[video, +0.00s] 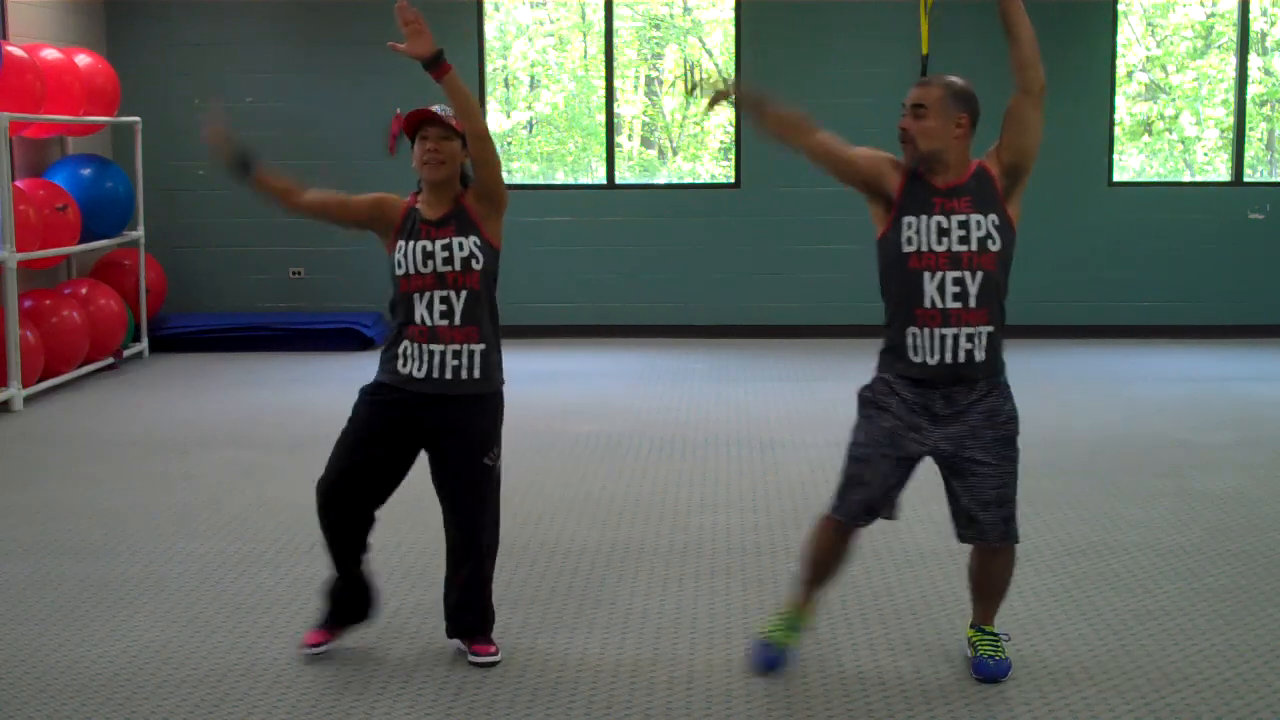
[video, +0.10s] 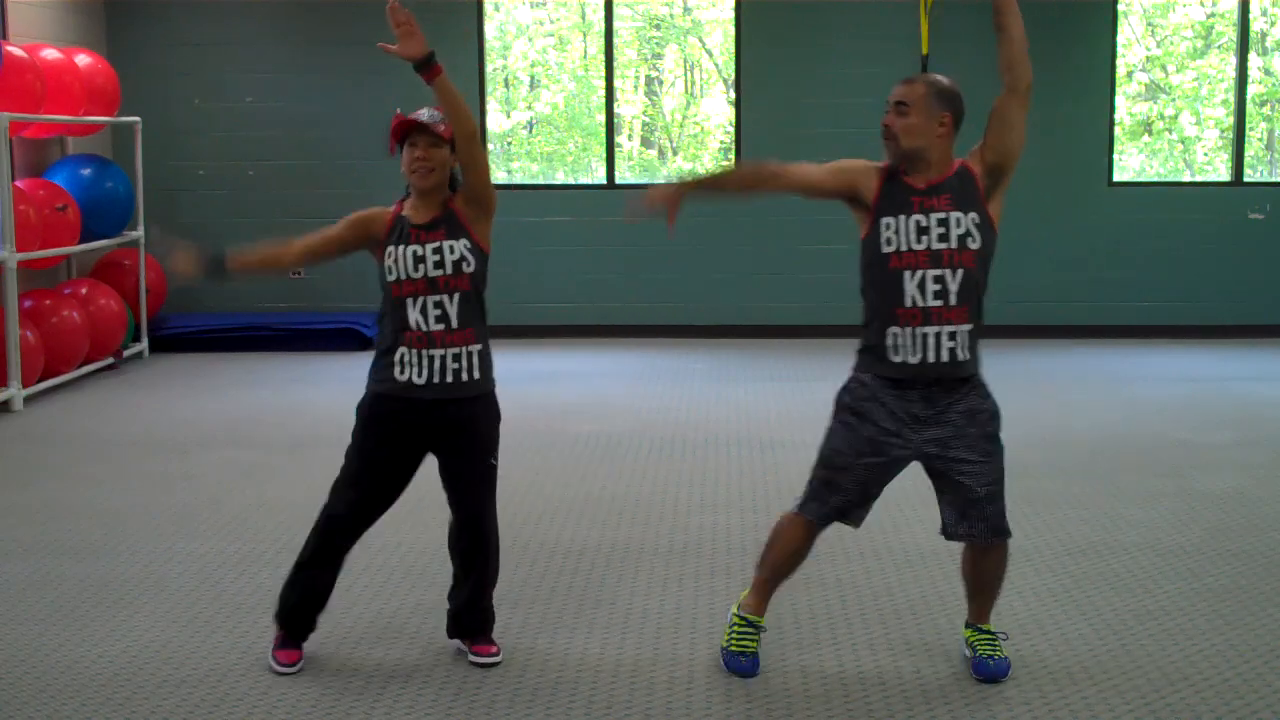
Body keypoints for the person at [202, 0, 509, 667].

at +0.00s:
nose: (434, 149)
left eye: (445, 140)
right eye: (424, 142)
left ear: (463, 155)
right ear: (411, 156)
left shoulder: (482, 210)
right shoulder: (393, 213)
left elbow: (478, 134)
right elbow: (304, 199)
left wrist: (437, 62)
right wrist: (240, 163)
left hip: (470, 397)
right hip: (398, 391)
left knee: (474, 521)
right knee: (339, 495)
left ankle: (472, 628)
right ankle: (350, 602)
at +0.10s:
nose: (421, 154)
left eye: (433, 146)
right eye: (413, 146)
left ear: (454, 160)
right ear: (400, 159)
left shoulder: (472, 215)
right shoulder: (380, 224)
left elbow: (471, 139)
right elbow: (296, 252)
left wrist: (429, 64)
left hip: (468, 402)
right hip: (395, 401)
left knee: (477, 520)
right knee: (344, 516)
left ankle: (474, 627)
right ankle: (292, 627)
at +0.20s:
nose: (407, 167)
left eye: (419, 159)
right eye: (399, 158)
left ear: (441, 170)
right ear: (387, 167)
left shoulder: (459, 224)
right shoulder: (362, 238)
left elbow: (456, 145)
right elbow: (302, 302)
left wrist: (422, 76)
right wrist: (242, 353)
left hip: (455, 411)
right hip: (381, 412)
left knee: (476, 526)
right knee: (342, 526)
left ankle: (475, 627)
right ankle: (291, 631)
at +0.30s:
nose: (395, 170)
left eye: (407, 160)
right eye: (387, 160)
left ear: (428, 170)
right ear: (376, 169)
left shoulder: (447, 228)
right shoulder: (351, 240)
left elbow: (451, 152)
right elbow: (323, 321)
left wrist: (419, 82)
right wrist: (297, 389)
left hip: (441, 412)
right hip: (366, 413)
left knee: (477, 522)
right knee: (329, 526)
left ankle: (485, 623)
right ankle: (291, 632)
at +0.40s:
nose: (396, 175)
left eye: (408, 165)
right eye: (388, 165)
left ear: (430, 173)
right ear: (377, 172)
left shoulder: (450, 230)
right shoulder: (353, 241)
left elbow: (455, 155)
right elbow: (339, 326)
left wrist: (424, 85)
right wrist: (341, 388)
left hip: (436, 414)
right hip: (365, 410)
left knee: (463, 521)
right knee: (326, 524)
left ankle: (510, 608)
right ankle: (291, 630)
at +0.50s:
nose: (408, 180)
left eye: (419, 169)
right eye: (399, 169)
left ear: (441, 174)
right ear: (389, 174)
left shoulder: (464, 230)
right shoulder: (370, 240)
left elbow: (470, 155)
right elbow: (362, 308)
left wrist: (437, 83)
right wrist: (376, 316)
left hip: (449, 411)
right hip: (379, 409)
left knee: (463, 526)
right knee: (336, 523)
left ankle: (514, 616)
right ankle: (293, 632)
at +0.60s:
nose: (427, 174)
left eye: (436, 163)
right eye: (418, 163)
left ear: (456, 170)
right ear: (403, 171)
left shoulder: (481, 220)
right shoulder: (387, 226)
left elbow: (487, 148)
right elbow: (389, 269)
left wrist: (452, 80)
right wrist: (407, 223)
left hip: (479, 399)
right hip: (407, 399)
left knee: (490, 518)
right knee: (360, 512)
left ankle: (515, 621)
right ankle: (323, 631)